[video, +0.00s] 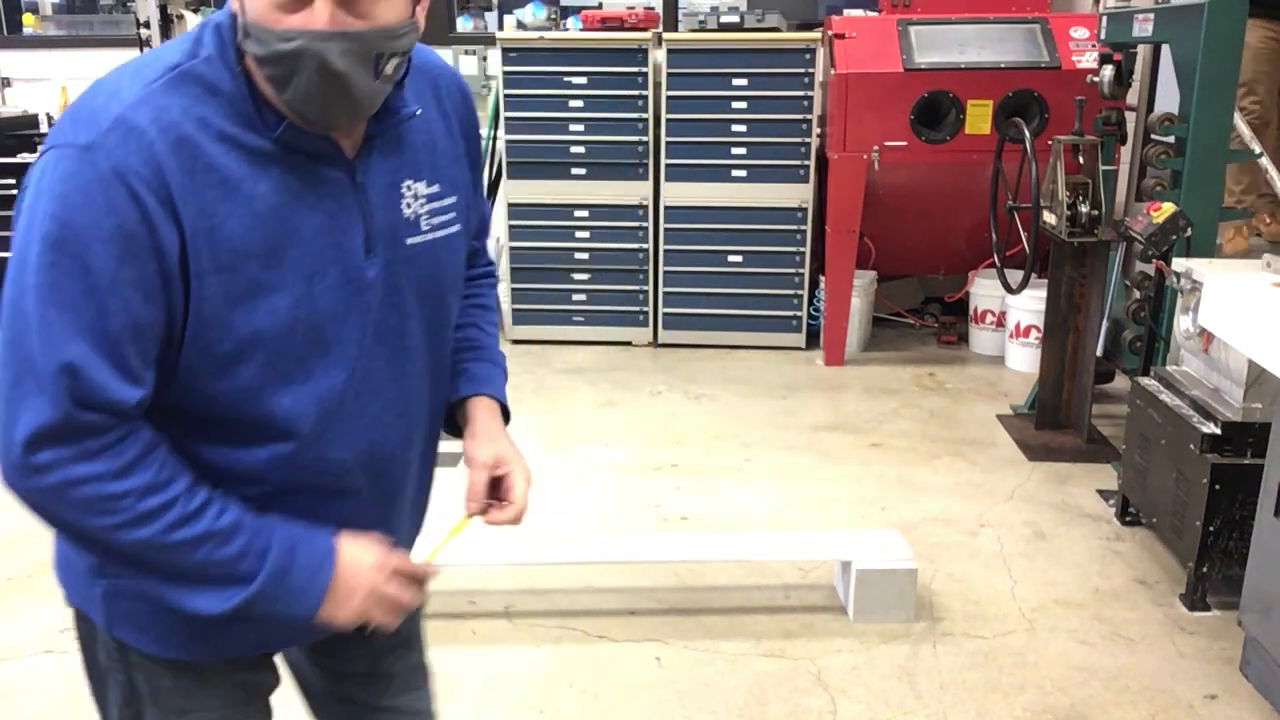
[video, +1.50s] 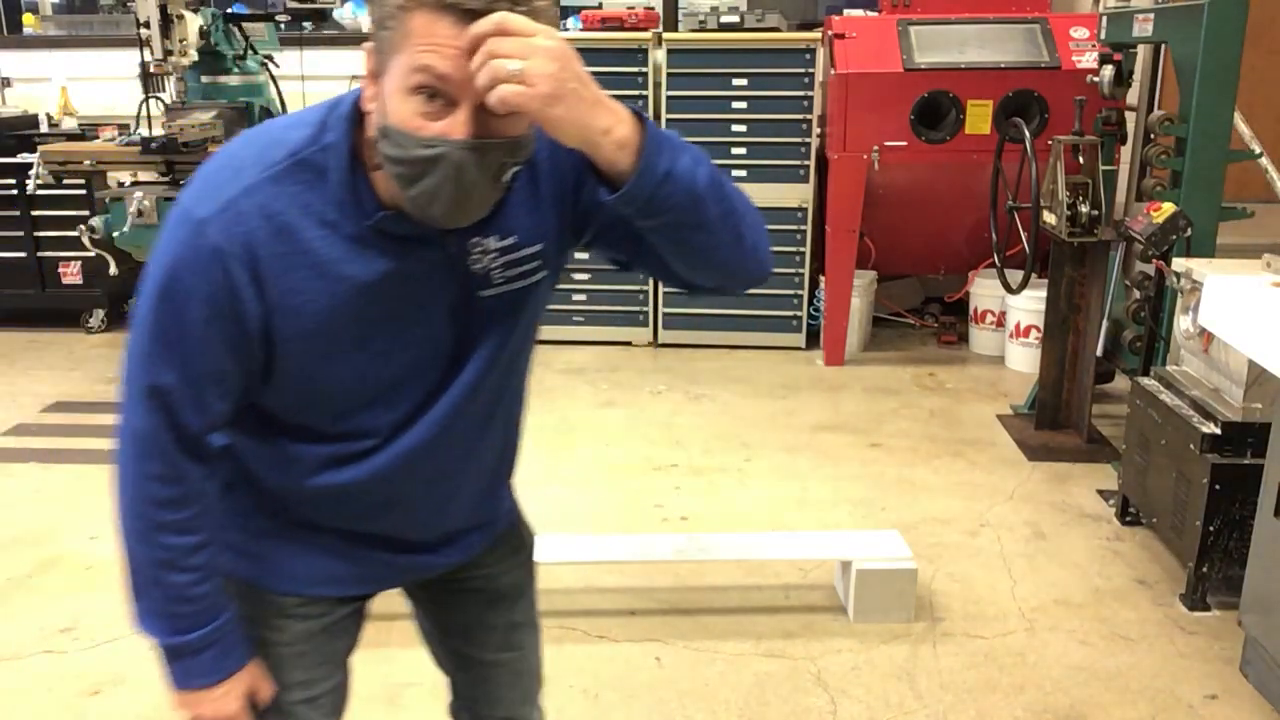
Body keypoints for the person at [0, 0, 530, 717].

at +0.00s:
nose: (322, 22)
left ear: (418, 6)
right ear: (239, 0)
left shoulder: (437, 101)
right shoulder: (114, 152)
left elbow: (468, 270)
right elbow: (61, 443)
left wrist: (483, 410)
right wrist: (307, 570)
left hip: (367, 562)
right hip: (175, 581)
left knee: (395, 709)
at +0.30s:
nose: (307, 78)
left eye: (345, 39)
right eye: (269, 34)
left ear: (403, 29)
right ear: (210, 21)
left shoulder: (416, 118)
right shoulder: (76, 209)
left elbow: (452, 277)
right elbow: (23, 497)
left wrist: (542, 411)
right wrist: (195, 673)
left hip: (337, 593)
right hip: (149, 636)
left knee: (355, 711)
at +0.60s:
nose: (300, 107)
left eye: (339, 66)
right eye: (261, 63)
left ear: (399, 51)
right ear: (204, 46)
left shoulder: (422, 133)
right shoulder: (64, 220)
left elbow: (476, 293)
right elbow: (16, 505)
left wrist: (539, 416)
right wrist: (153, 692)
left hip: (326, 563)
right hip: (150, 598)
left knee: (352, 713)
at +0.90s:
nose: (315, 159)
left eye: (356, 121)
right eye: (282, 113)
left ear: (413, 107)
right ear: (229, 90)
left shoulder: (438, 183)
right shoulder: (73, 246)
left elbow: (615, 325)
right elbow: (16, 517)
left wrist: (535, 212)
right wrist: (117, 711)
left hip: (327, 557)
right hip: (145, 586)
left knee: (373, 709)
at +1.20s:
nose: (366, 155)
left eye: (396, 118)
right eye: (329, 114)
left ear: (434, 118)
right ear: (259, 92)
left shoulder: (462, 184)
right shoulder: (107, 250)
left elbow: (668, 281)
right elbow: (38, 505)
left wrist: (522, 146)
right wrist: (103, 701)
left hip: (370, 528)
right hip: (184, 565)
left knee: (449, 705)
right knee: (221, 713)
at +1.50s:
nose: (462, 139)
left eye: (496, 105)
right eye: (432, 97)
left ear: (532, 100)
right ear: (370, 83)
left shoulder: (553, 164)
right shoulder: (236, 218)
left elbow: (740, 262)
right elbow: (162, 449)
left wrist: (606, 126)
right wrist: (202, 656)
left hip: (464, 508)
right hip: (290, 531)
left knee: (509, 707)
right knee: (293, 712)